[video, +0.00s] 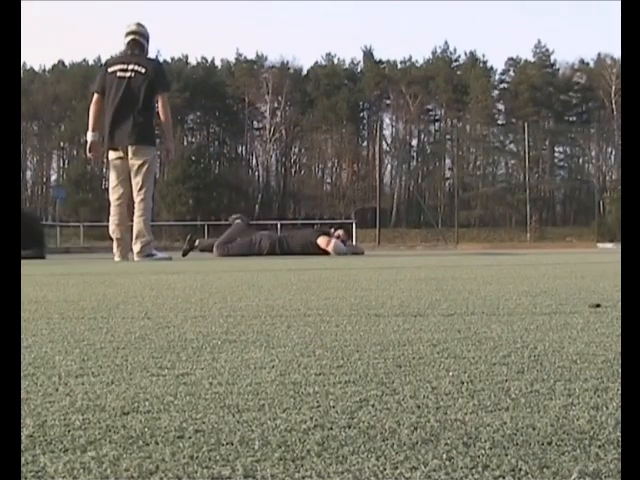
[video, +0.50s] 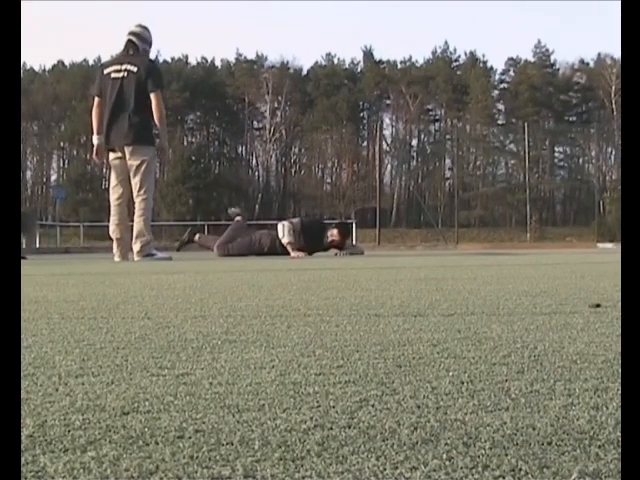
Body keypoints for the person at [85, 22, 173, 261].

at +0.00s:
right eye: (143, 40)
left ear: (125, 41)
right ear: (146, 43)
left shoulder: (109, 65)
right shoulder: (154, 67)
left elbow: (96, 101)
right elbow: (163, 106)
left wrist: (91, 133)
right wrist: (169, 138)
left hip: (114, 139)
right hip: (142, 139)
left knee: (117, 197)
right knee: (142, 196)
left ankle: (119, 251)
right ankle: (142, 248)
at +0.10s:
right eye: (142, 40)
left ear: (124, 41)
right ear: (144, 43)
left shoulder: (108, 66)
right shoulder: (153, 67)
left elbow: (96, 102)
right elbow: (162, 108)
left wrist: (92, 134)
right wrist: (168, 139)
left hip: (113, 138)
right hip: (141, 139)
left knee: (117, 197)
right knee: (142, 196)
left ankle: (119, 250)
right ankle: (142, 248)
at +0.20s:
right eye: (142, 41)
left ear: (123, 41)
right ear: (144, 43)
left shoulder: (107, 66)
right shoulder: (151, 68)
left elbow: (96, 103)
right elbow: (160, 108)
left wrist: (93, 136)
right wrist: (166, 138)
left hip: (112, 139)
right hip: (140, 140)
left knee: (117, 197)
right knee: (142, 196)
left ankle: (119, 250)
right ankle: (143, 248)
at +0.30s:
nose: (142, 47)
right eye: (144, 43)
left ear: (124, 42)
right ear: (144, 44)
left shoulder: (106, 66)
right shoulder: (150, 68)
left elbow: (96, 104)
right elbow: (158, 109)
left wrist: (95, 135)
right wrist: (164, 139)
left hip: (112, 139)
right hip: (141, 139)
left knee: (117, 197)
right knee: (142, 196)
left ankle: (119, 250)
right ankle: (142, 248)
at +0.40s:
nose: (145, 48)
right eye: (146, 44)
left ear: (125, 41)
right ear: (144, 44)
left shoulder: (106, 66)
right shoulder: (149, 67)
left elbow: (96, 105)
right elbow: (157, 112)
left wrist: (96, 136)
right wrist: (164, 139)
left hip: (112, 139)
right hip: (140, 140)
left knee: (117, 197)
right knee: (142, 196)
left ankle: (119, 250)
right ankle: (142, 248)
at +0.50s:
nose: (148, 50)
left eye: (147, 46)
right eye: (148, 46)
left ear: (127, 41)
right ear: (146, 44)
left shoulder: (106, 66)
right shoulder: (149, 67)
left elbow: (97, 105)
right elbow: (156, 103)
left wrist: (97, 137)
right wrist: (162, 136)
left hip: (113, 138)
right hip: (140, 138)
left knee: (117, 196)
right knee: (143, 195)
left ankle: (119, 250)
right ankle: (142, 248)